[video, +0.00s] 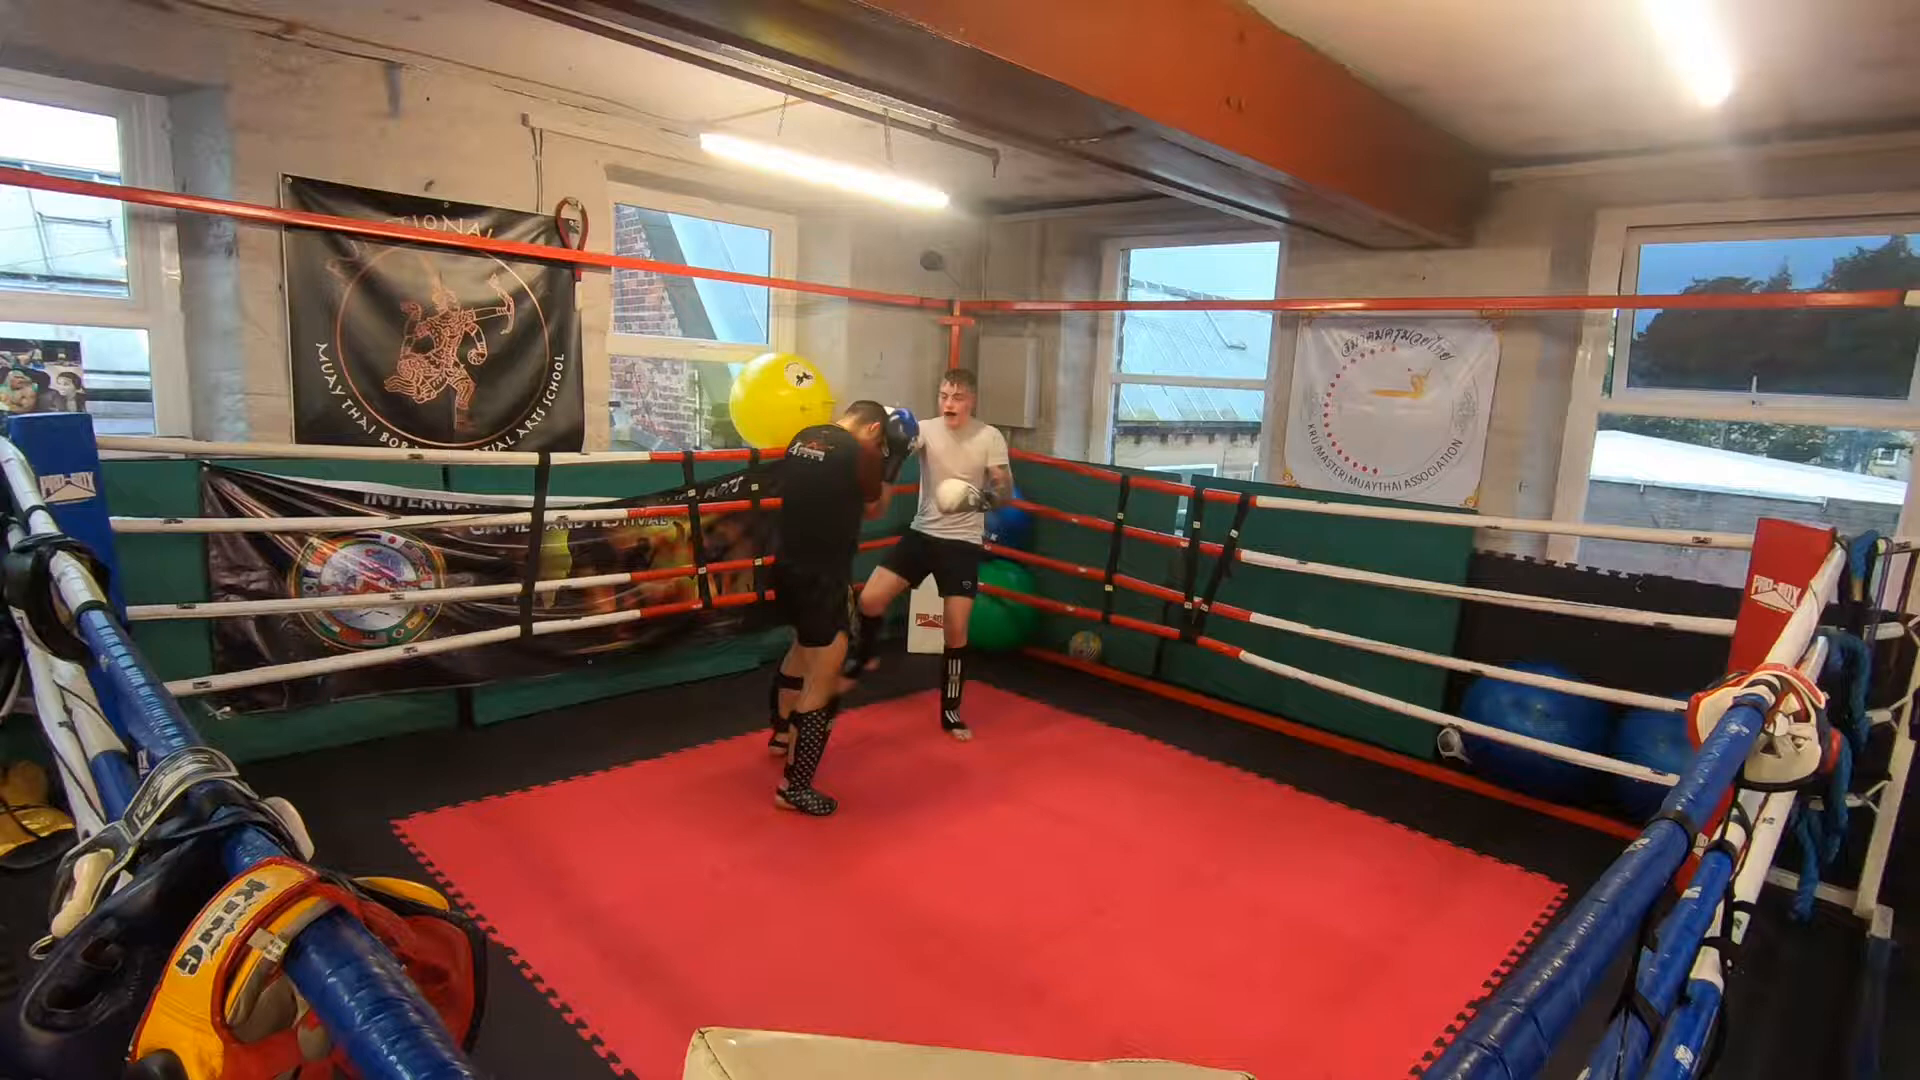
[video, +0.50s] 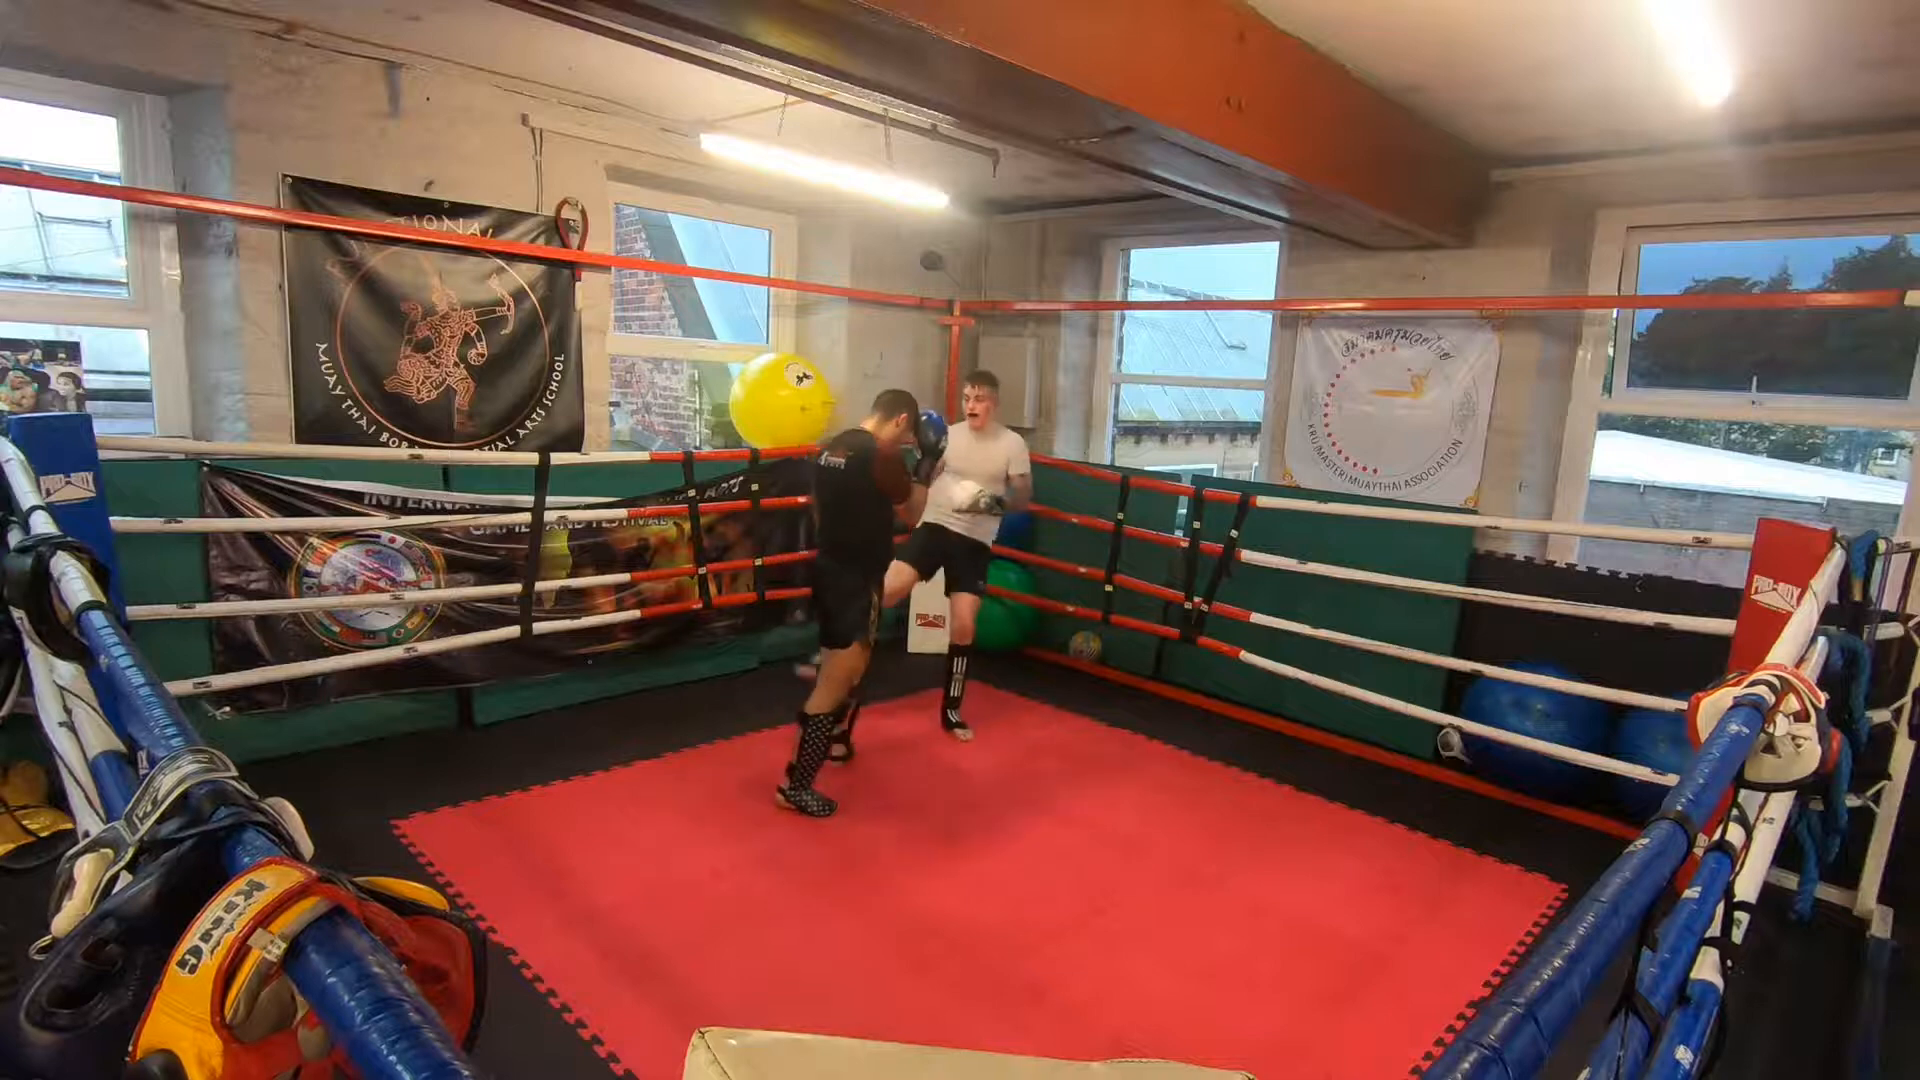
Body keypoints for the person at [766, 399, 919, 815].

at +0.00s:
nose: (876, 443)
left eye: (878, 437)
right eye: (878, 437)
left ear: (846, 416)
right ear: (871, 428)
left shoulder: (805, 439)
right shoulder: (856, 452)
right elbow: (876, 505)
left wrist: (875, 457)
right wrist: (895, 457)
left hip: (791, 571)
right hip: (823, 579)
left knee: (801, 650)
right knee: (824, 680)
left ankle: (783, 732)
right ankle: (797, 786)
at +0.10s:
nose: (880, 443)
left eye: (882, 437)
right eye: (884, 436)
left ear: (850, 414)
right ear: (877, 426)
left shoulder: (808, 439)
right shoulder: (859, 450)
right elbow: (879, 505)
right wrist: (898, 459)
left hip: (795, 572)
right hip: (828, 581)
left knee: (807, 649)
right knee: (826, 682)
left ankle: (792, 732)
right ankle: (797, 787)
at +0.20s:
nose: (884, 443)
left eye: (885, 438)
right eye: (886, 437)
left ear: (853, 414)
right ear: (879, 428)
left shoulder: (813, 441)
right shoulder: (865, 456)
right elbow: (885, 505)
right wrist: (903, 460)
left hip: (797, 574)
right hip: (833, 584)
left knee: (811, 648)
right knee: (830, 685)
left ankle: (804, 722)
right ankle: (797, 787)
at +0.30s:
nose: (889, 444)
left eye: (891, 438)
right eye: (891, 438)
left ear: (858, 415)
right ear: (883, 427)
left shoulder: (819, 441)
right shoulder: (862, 454)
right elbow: (888, 506)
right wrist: (911, 457)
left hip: (805, 573)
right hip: (836, 583)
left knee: (818, 654)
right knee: (833, 685)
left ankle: (800, 733)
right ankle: (797, 788)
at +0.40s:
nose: (894, 440)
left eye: (896, 434)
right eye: (897, 434)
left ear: (865, 412)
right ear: (890, 423)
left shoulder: (829, 442)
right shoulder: (866, 454)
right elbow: (899, 508)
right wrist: (914, 459)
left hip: (820, 573)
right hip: (840, 581)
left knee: (845, 657)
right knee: (833, 682)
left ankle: (819, 731)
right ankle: (797, 787)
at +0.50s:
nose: (907, 438)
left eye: (908, 432)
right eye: (909, 431)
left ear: (873, 413)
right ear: (900, 421)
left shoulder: (835, 449)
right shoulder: (880, 454)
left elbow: (828, 517)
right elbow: (911, 512)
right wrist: (928, 462)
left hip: (831, 572)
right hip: (855, 580)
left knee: (852, 662)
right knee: (837, 680)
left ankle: (833, 738)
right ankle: (797, 785)